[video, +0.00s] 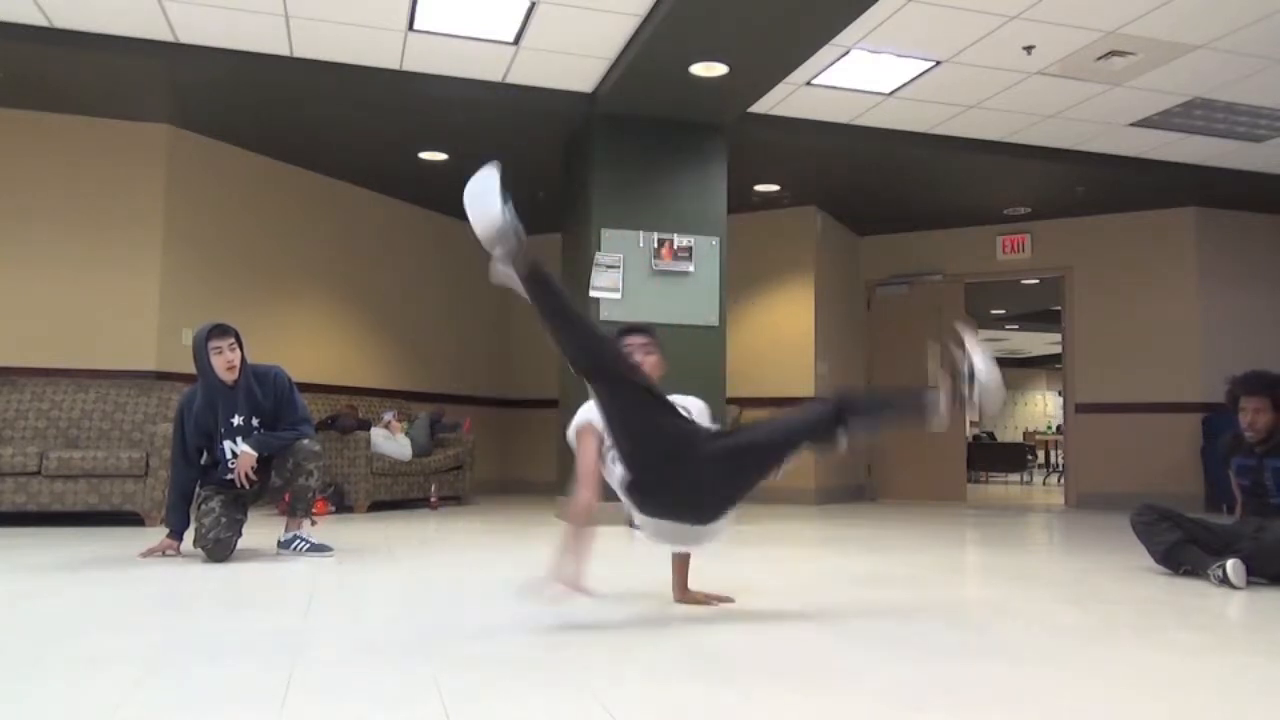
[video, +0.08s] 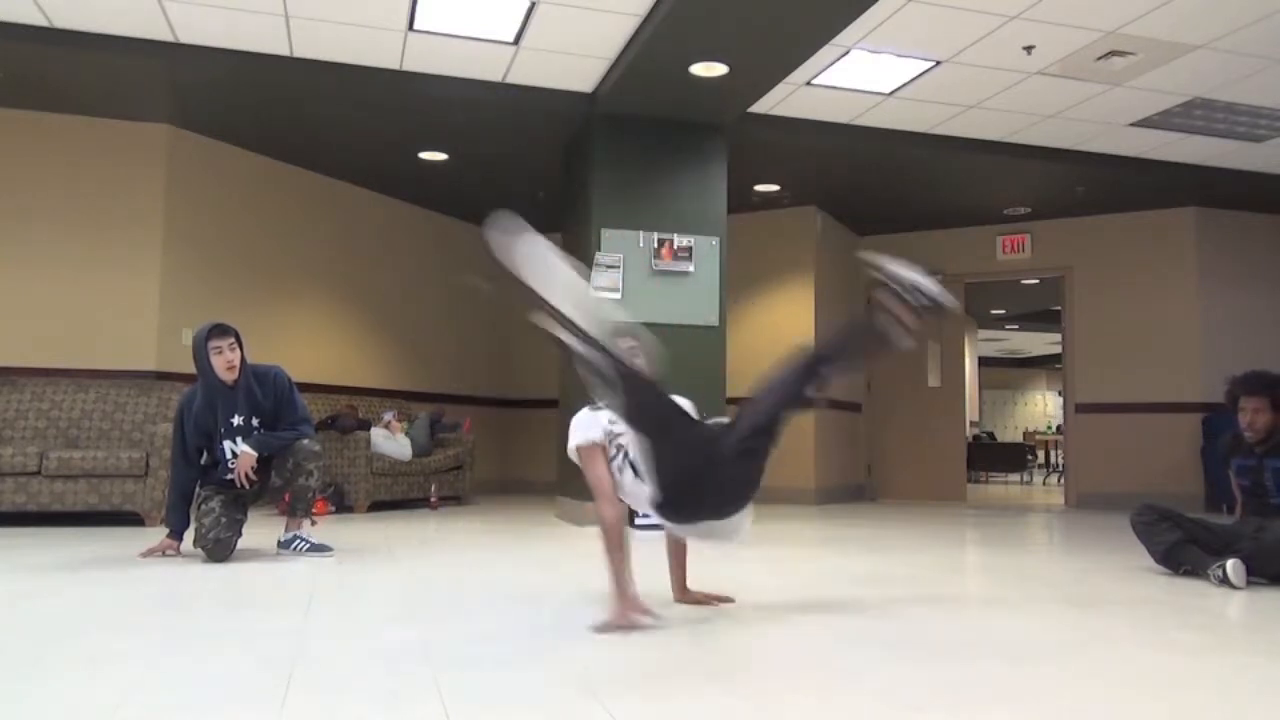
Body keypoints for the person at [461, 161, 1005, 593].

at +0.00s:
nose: (644, 358)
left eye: (649, 352)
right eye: (632, 353)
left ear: (663, 361)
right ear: (613, 364)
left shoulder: (694, 410)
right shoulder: (598, 411)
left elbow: (687, 494)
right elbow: (585, 498)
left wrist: (681, 586)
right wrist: (569, 571)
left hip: (712, 494)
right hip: (655, 487)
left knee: (825, 413)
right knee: (602, 357)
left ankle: (950, 399)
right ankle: (519, 261)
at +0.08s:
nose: (635, 362)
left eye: (640, 353)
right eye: (623, 355)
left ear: (652, 363)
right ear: (602, 372)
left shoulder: (676, 409)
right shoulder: (589, 424)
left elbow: (670, 512)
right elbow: (611, 514)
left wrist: (682, 588)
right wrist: (625, 599)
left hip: (729, 491)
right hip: (679, 491)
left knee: (798, 373)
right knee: (640, 398)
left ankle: (885, 323)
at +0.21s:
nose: (620, 358)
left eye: (619, 349)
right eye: (606, 351)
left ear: (618, 362)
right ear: (578, 365)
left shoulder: (629, 410)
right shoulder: (581, 414)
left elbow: (657, 510)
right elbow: (609, 514)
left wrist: (678, 587)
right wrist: (629, 606)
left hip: (713, 455)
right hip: (702, 492)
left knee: (688, 340)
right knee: (827, 506)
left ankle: (725, 229)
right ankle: (973, 572)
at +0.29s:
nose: (629, 361)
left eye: (632, 349)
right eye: (617, 350)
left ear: (597, 355)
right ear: (583, 355)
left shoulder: (591, 396)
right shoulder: (601, 415)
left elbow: (649, 469)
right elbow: (618, 513)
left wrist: (694, 541)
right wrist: (630, 606)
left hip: (680, 461)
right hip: (698, 502)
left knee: (661, 345)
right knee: (824, 520)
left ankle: (732, 244)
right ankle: (956, 574)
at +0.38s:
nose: (648, 357)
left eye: (648, 346)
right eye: (636, 349)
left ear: (596, 354)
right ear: (599, 356)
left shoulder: (574, 379)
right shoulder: (622, 417)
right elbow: (627, 518)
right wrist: (634, 608)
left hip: (657, 456)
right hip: (677, 496)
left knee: (686, 351)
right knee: (790, 516)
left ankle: (790, 286)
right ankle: (850, 562)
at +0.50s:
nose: (717, 367)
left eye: (719, 357)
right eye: (710, 360)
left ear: (657, 327)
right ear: (674, 360)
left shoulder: (612, 326)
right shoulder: (664, 417)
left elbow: (664, 328)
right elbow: (643, 517)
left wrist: (716, 322)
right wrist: (634, 608)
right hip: (606, 478)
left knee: (724, 382)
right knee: (673, 549)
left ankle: (825, 376)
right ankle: (599, 551)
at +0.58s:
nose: (741, 382)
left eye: (745, 371)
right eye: (736, 373)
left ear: (702, 318)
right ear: (707, 367)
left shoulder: (666, 314)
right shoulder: (678, 416)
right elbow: (649, 517)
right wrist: (635, 609)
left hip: (563, 382)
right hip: (572, 448)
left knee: (712, 407)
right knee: (594, 558)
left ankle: (776, 411)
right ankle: (503, 541)